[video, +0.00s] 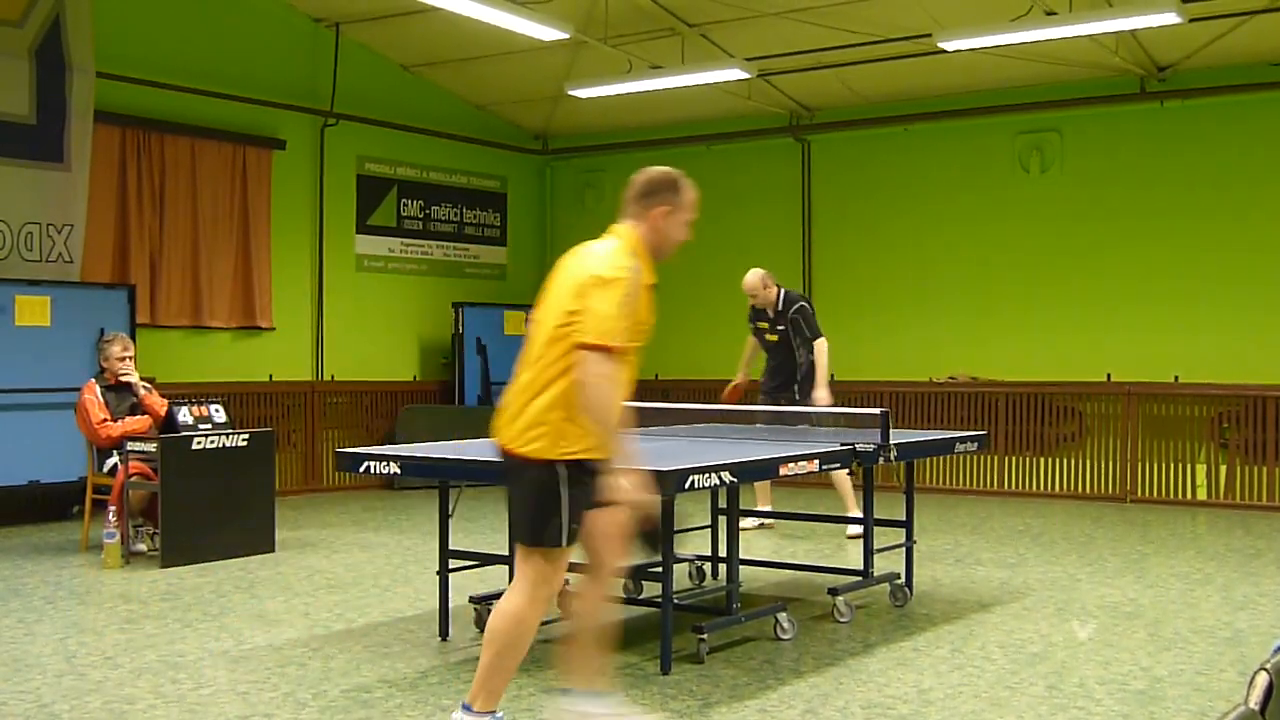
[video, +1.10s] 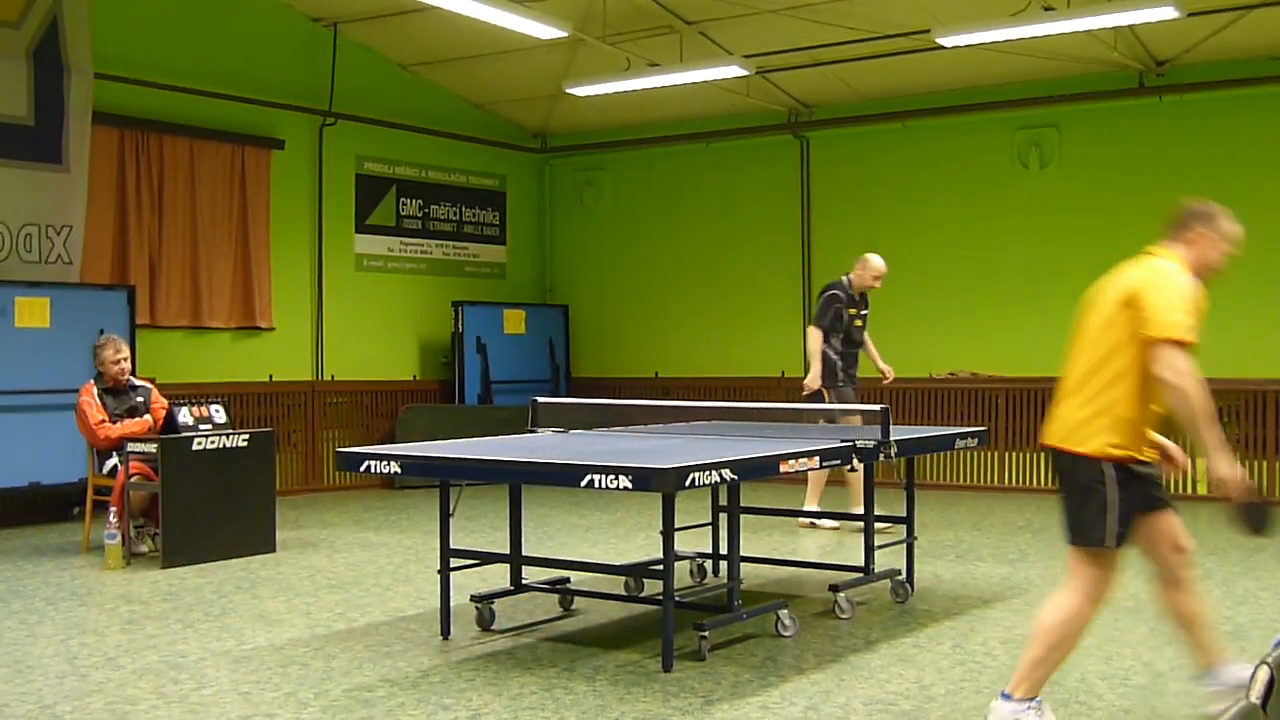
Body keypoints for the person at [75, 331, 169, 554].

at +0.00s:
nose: (128, 364)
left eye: (131, 359)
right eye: (121, 359)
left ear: (135, 360)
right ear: (104, 362)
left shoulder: (142, 388)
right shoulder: (90, 392)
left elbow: (168, 419)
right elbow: (102, 434)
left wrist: (140, 391)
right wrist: (146, 422)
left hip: (150, 453)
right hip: (115, 456)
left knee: (173, 478)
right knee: (140, 481)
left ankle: (155, 527)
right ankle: (135, 525)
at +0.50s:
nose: (126, 364)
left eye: (129, 358)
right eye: (119, 359)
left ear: (134, 359)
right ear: (103, 363)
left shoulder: (144, 387)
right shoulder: (90, 393)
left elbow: (168, 421)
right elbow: (104, 433)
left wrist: (157, 406)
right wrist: (148, 420)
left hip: (151, 451)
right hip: (116, 454)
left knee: (173, 475)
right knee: (141, 480)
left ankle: (156, 526)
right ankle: (135, 524)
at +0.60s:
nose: (126, 364)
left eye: (128, 358)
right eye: (119, 360)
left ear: (133, 359)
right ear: (102, 363)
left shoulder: (145, 388)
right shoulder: (90, 393)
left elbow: (167, 420)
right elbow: (104, 433)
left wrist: (166, 413)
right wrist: (149, 420)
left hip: (153, 452)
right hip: (117, 454)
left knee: (175, 476)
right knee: (141, 481)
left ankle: (155, 526)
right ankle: (135, 524)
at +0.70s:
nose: (125, 364)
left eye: (127, 358)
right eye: (118, 360)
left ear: (132, 359)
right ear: (102, 364)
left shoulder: (145, 388)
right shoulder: (90, 393)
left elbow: (165, 416)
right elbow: (103, 434)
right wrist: (147, 421)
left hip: (152, 452)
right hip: (116, 455)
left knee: (175, 476)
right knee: (140, 481)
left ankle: (153, 526)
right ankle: (135, 525)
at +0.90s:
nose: (124, 365)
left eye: (127, 359)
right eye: (117, 361)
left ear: (132, 360)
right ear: (101, 365)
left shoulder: (145, 388)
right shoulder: (89, 393)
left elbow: (165, 418)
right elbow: (102, 434)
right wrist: (146, 422)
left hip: (152, 452)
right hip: (116, 456)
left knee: (174, 476)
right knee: (139, 482)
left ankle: (155, 527)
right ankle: (135, 524)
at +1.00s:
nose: (124, 365)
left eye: (127, 359)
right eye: (117, 361)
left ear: (132, 359)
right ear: (101, 365)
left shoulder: (146, 388)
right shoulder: (89, 392)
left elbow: (166, 420)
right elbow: (102, 434)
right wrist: (146, 421)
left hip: (153, 452)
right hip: (116, 455)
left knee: (175, 475)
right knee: (140, 481)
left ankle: (153, 526)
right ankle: (135, 524)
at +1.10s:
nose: (124, 367)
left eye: (126, 360)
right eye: (116, 362)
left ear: (131, 360)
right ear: (101, 367)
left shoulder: (146, 388)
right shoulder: (89, 394)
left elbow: (167, 421)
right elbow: (102, 436)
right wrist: (145, 423)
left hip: (152, 453)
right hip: (116, 456)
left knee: (175, 476)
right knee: (140, 482)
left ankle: (152, 527)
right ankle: (134, 526)